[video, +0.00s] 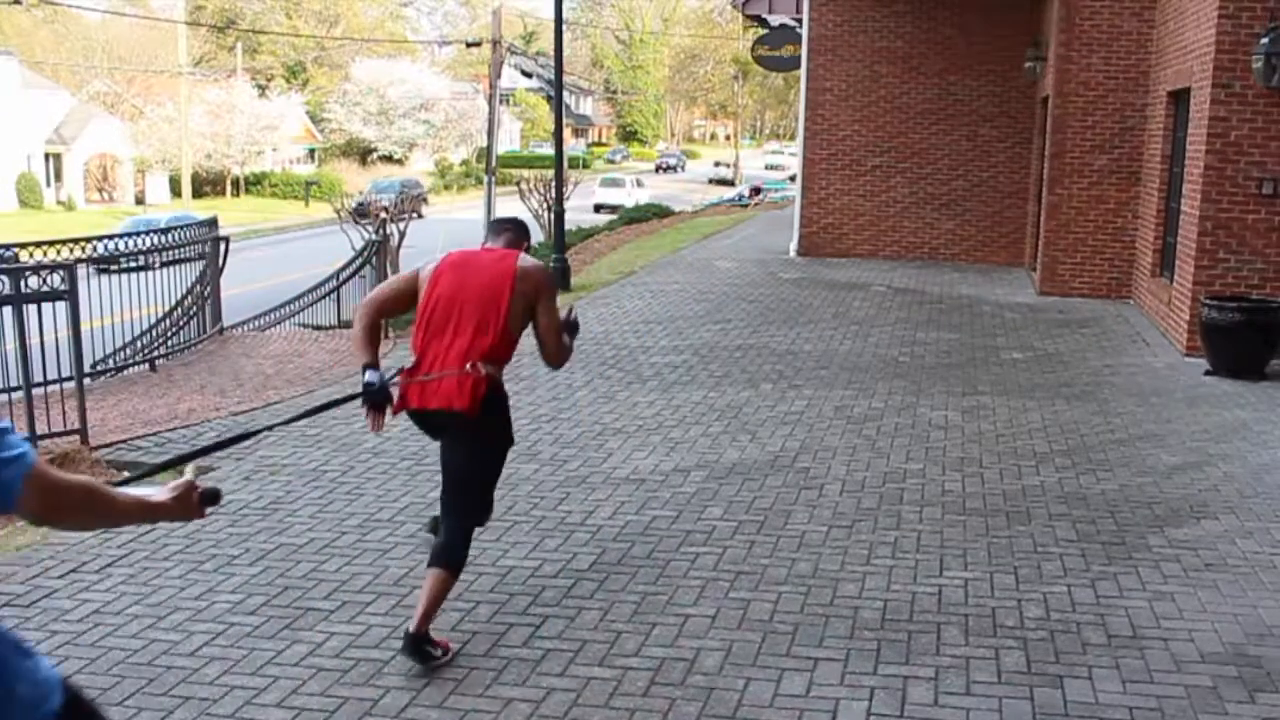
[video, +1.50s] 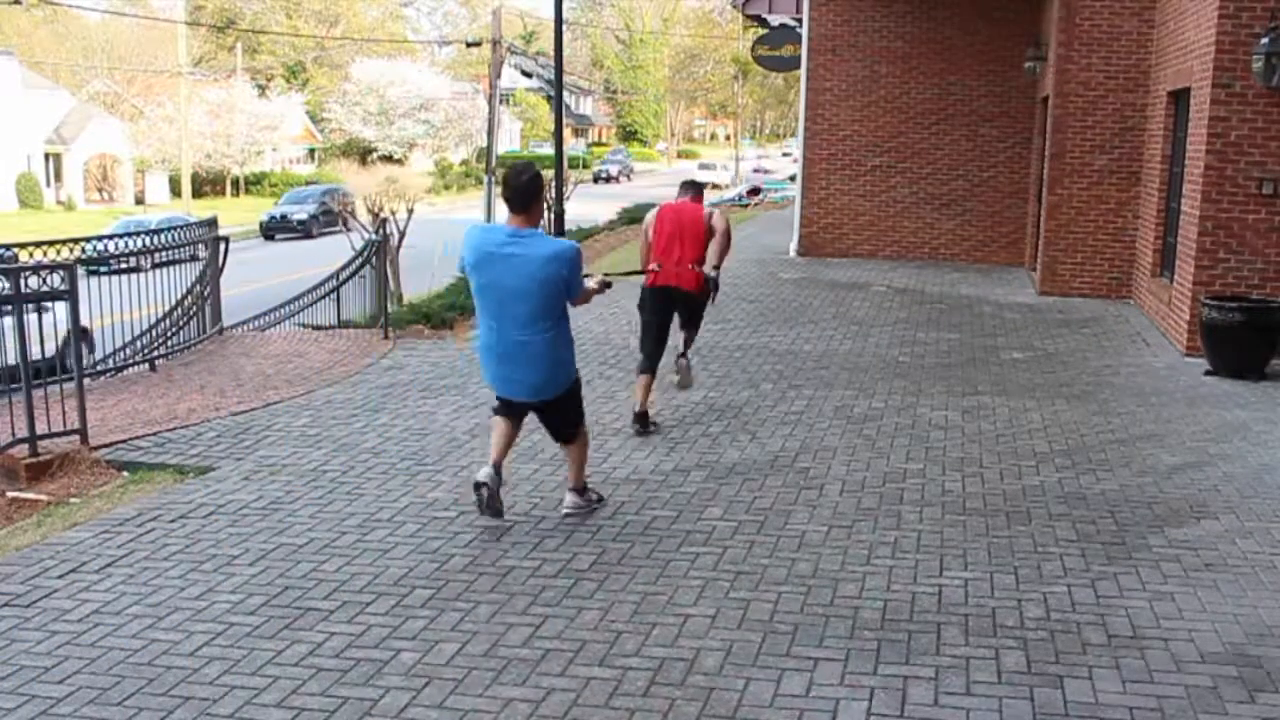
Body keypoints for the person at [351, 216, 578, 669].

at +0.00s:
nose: (524, 257)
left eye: (520, 250)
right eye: (526, 250)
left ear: (484, 242)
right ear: (524, 248)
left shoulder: (440, 266)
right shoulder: (532, 273)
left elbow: (368, 307)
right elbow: (554, 356)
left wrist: (370, 373)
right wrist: (567, 331)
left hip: (421, 403)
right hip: (476, 405)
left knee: (492, 442)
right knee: (459, 523)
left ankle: (450, 518)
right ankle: (417, 630)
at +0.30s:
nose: (561, 244)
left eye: (557, 239)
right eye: (564, 239)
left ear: (529, 229)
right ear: (561, 234)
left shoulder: (494, 249)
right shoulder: (565, 249)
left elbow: (473, 282)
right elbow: (586, 265)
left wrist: (471, 331)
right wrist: (552, 320)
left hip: (483, 365)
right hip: (537, 362)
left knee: (473, 464)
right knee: (553, 404)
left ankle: (453, 567)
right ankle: (525, 466)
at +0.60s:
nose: (608, 227)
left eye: (602, 221)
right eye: (609, 222)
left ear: (580, 217)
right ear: (608, 220)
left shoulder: (548, 235)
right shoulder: (617, 238)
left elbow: (495, 269)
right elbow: (637, 303)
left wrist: (493, 316)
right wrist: (642, 286)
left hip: (536, 336)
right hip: (579, 336)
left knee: (571, 374)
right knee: (564, 429)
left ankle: (553, 428)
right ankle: (533, 513)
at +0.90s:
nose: (641, 220)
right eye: (642, 216)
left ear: (614, 210)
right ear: (641, 213)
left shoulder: (587, 227)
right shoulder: (648, 227)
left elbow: (572, 259)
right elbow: (663, 243)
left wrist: (574, 290)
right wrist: (644, 287)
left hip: (583, 318)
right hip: (626, 315)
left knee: (580, 396)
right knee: (634, 354)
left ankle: (567, 469)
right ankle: (621, 394)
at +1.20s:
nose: (680, 214)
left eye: (679, 210)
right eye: (681, 210)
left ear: (655, 204)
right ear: (678, 207)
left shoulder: (626, 221)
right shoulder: (685, 229)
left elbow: (593, 252)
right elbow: (695, 290)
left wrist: (593, 296)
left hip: (621, 304)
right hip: (655, 306)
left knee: (644, 338)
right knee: (647, 381)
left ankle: (631, 378)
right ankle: (623, 438)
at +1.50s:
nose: (699, 203)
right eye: (701, 199)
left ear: (677, 195)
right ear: (701, 198)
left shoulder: (654, 214)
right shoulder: (712, 215)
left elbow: (645, 252)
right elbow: (722, 234)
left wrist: (648, 269)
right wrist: (712, 269)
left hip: (656, 284)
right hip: (692, 284)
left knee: (649, 350)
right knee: (690, 325)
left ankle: (640, 409)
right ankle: (683, 356)